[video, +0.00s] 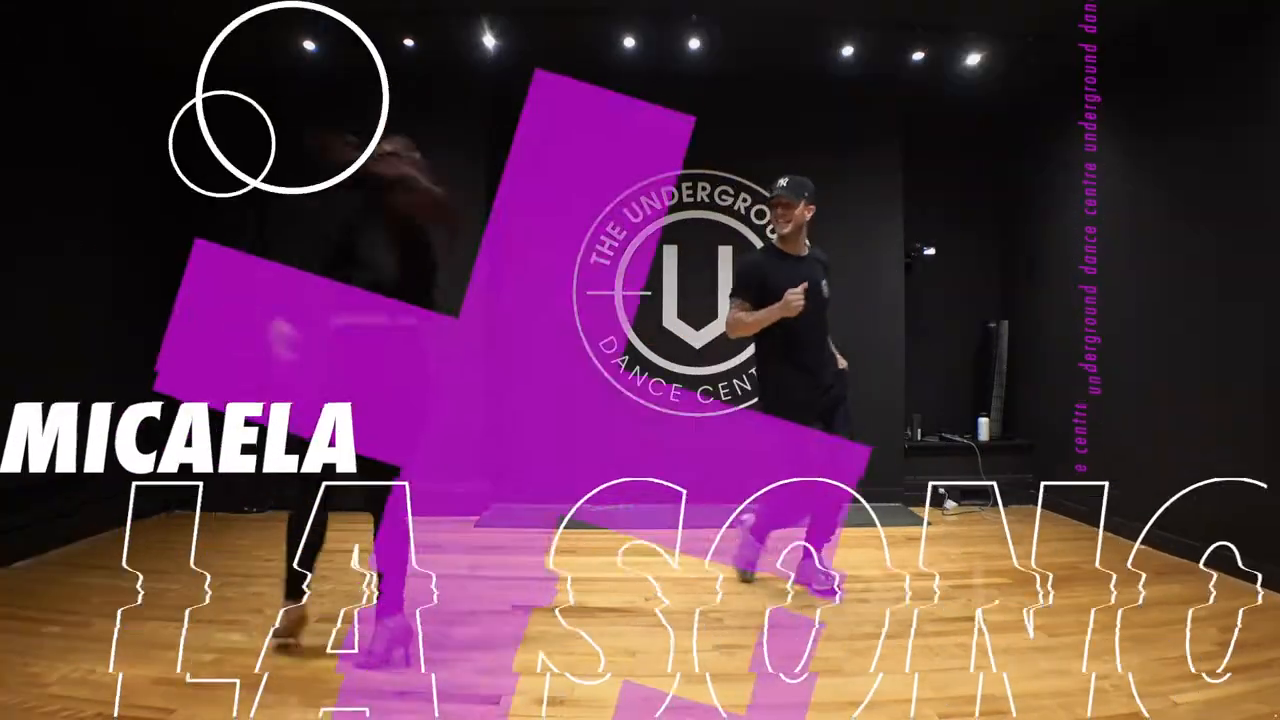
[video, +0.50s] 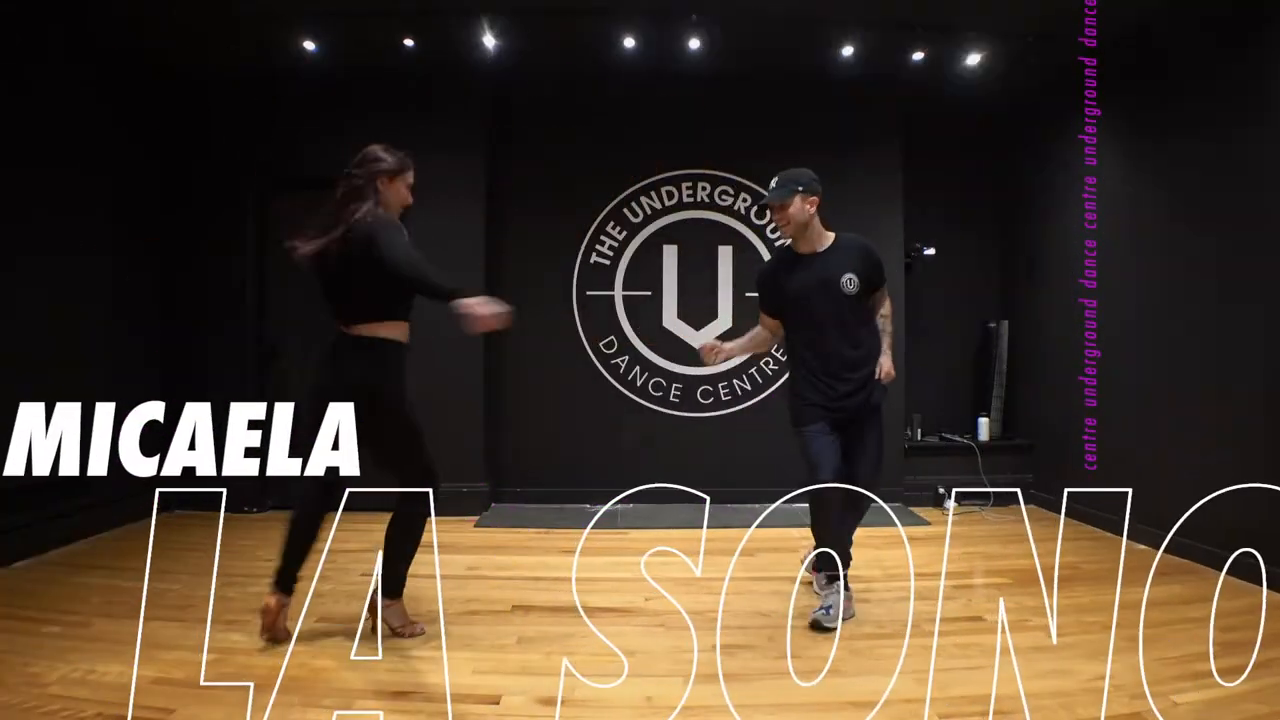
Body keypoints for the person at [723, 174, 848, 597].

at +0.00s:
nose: (779, 214)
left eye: (787, 207)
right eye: (774, 207)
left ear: (808, 211)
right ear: (769, 212)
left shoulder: (818, 262)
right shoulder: (755, 264)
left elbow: (813, 322)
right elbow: (733, 326)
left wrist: (834, 354)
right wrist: (779, 309)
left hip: (825, 382)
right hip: (780, 385)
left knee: (831, 474)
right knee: (785, 474)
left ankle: (813, 562)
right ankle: (754, 541)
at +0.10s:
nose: (782, 210)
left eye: (790, 202)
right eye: (777, 203)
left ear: (812, 205)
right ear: (772, 208)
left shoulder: (828, 257)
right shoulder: (758, 263)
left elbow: (831, 311)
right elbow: (737, 323)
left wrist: (846, 349)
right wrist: (776, 318)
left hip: (834, 380)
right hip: (789, 383)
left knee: (834, 473)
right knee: (796, 472)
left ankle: (815, 558)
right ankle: (768, 541)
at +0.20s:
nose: (781, 207)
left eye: (790, 199)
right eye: (778, 200)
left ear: (814, 201)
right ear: (775, 204)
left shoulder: (839, 253)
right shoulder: (763, 263)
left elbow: (845, 305)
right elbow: (743, 319)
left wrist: (855, 346)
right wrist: (765, 330)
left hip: (842, 380)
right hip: (798, 385)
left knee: (843, 473)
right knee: (825, 468)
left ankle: (813, 555)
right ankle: (784, 546)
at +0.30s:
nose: (780, 208)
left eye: (788, 199)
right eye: (777, 200)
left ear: (815, 199)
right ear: (777, 205)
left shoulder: (850, 249)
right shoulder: (772, 264)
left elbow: (865, 301)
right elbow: (753, 317)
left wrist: (870, 344)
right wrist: (748, 346)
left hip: (848, 382)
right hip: (801, 384)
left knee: (844, 478)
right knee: (820, 466)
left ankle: (814, 558)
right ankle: (821, 570)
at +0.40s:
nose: (777, 213)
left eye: (785, 202)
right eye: (774, 205)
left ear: (813, 200)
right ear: (777, 209)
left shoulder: (856, 252)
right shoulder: (773, 268)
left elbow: (873, 301)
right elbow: (756, 318)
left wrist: (877, 347)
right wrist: (741, 343)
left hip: (854, 387)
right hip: (803, 392)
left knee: (849, 482)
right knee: (824, 475)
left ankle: (821, 562)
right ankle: (835, 582)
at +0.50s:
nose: (773, 217)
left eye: (781, 207)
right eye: (771, 209)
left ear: (811, 203)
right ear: (777, 212)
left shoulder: (859, 255)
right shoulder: (775, 273)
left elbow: (881, 307)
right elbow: (768, 331)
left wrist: (885, 352)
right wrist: (729, 348)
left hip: (861, 392)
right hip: (811, 396)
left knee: (861, 487)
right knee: (826, 484)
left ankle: (823, 563)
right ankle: (837, 590)